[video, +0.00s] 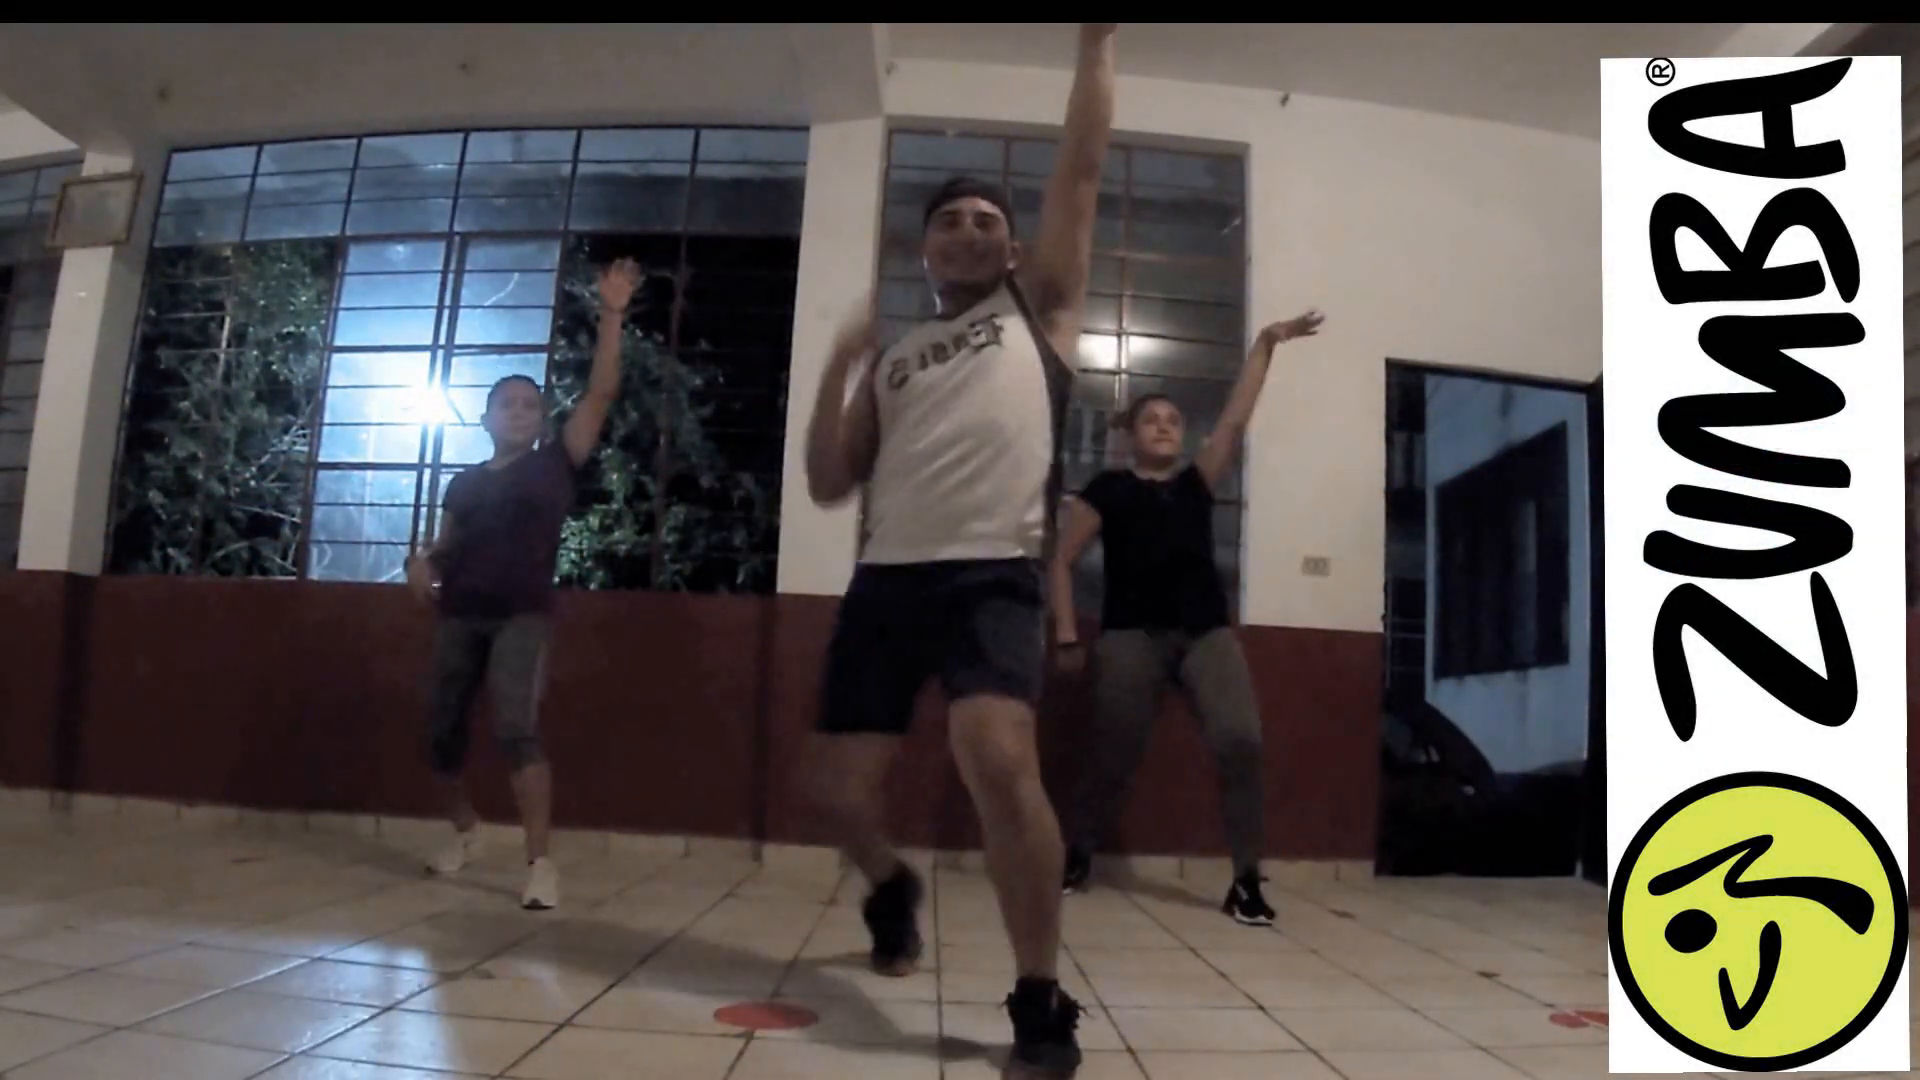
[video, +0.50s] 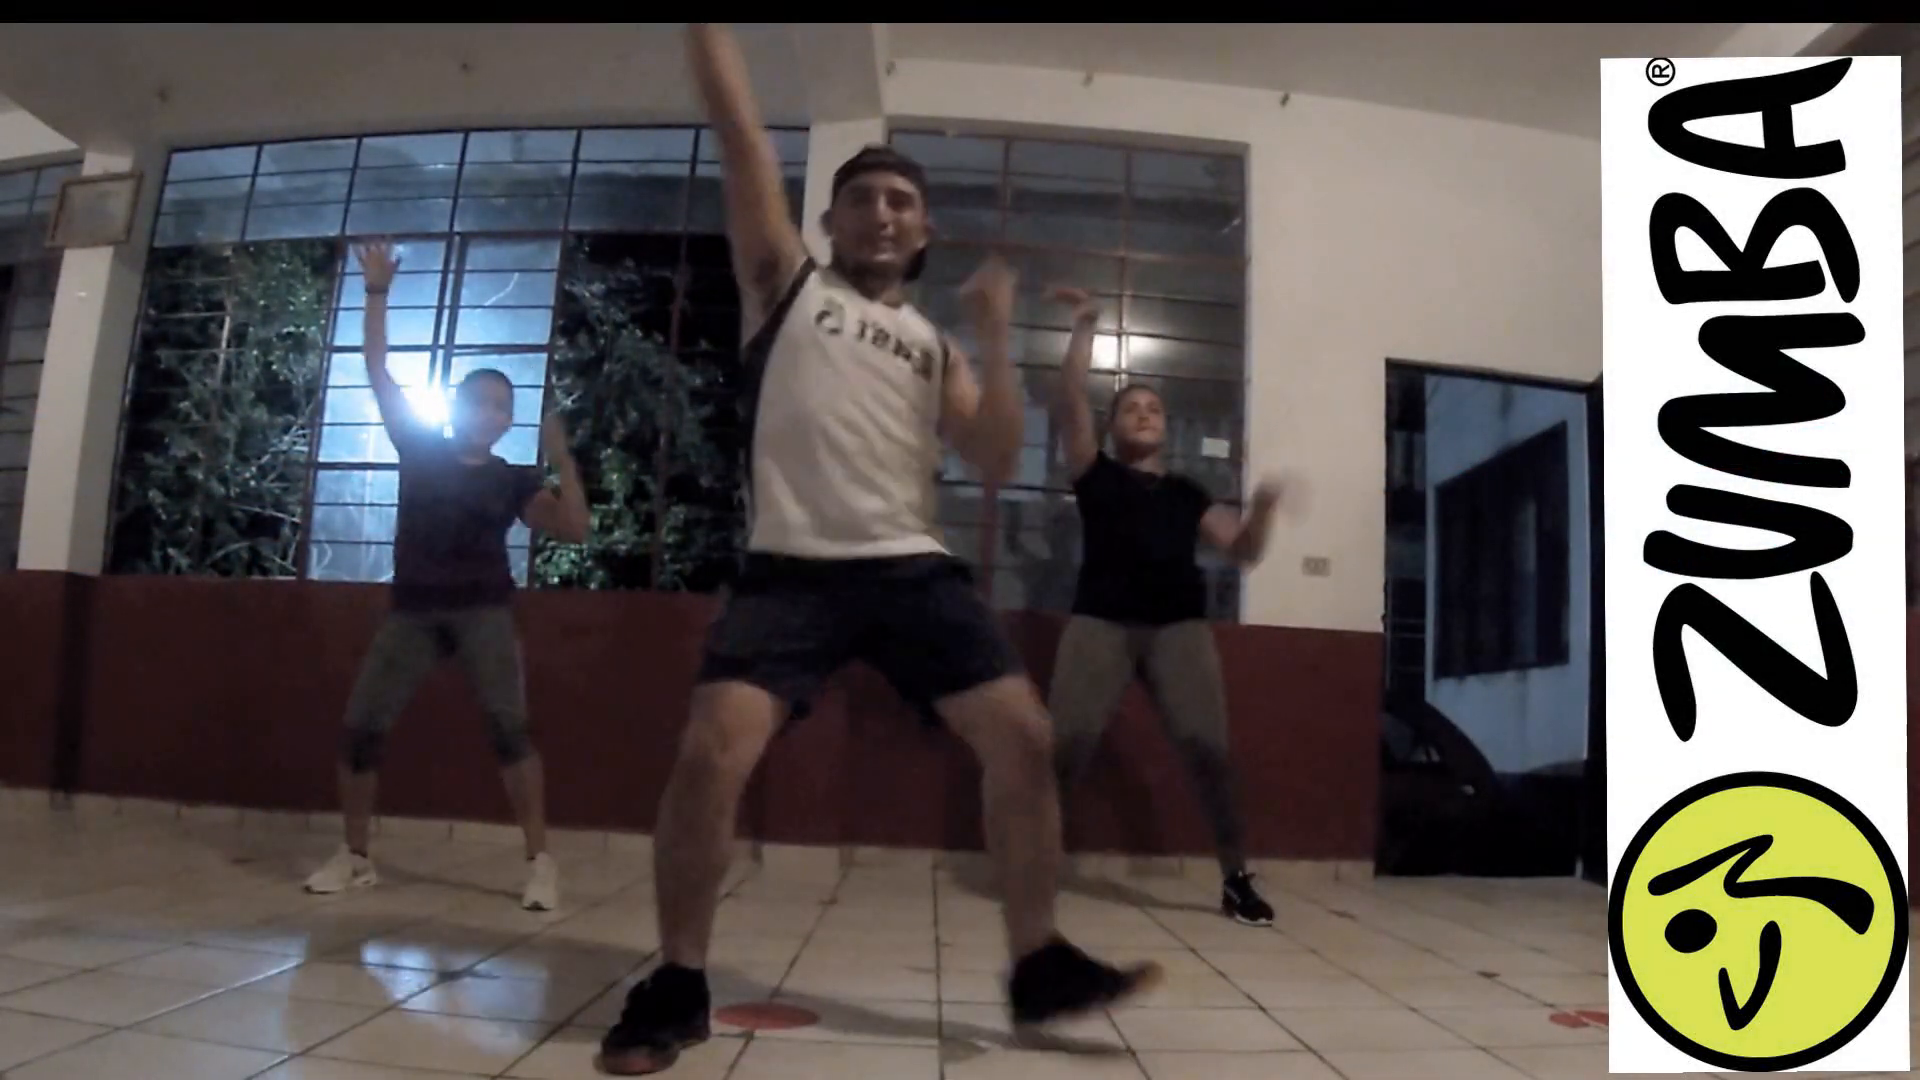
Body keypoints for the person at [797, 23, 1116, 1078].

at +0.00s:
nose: (974, 223)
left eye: (989, 218)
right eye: (954, 217)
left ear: (1015, 249)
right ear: (925, 252)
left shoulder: (1039, 308)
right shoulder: (892, 356)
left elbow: (1084, 159)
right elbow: (828, 482)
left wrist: (1095, 37)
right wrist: (841, 375)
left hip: (997, 580)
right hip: (886, 583)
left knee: (998, 758)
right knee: (834, 791)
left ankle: (1040, 996)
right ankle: (890, 883)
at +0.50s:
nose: (883, 209)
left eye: (902, 201)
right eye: (864, 198)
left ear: (921, 236)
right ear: (831, 224)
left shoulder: (932, 346)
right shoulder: (788, 283)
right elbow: (738, 132)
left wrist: (997, 331)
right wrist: (703, 20)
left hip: (914, 577)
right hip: (786, 577)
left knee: (1022, 737)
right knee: (709, 748)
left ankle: (1036, 966)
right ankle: (676, 981)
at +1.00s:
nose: (904, 265)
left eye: (920, 253)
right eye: (887, 253)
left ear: (942, 273)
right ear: (857, 271)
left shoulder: (976, 373)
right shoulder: (812, 362)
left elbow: (1050, 465)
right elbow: (746, 451)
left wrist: (1115, 502)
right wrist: (723, 479)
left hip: (936, 603)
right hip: (833, 599)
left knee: (933, 772)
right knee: (769, 741)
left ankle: (912, 918)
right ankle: (719, 937)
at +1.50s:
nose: (913, 322)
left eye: (930, 311)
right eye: (898, 310)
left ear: (953, 333)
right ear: (874, 326)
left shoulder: (981, 408)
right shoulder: (834, 400)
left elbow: (1087, 433)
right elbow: (729, 382)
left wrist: (1159, 403)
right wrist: (669, 325)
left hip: (958, 629)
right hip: (848, 636)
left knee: (1072, 704)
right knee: (787, 793)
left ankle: (1052, 883)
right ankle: (773, 916)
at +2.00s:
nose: (1132, 296)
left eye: (1147, 282)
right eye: (1117, 283)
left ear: (1173, 293)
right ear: (1097, 296)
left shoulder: (1210, 371)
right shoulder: (1068, 378)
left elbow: (1311, 408)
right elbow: (993, 397)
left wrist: (1349, 341)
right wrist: (967, 390)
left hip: (1191, 589)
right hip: (1085, 588)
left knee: (1218, 759)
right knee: (1014, 713)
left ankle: (1221, 927)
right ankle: (950, 879)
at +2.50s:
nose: (1077, 340)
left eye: (1090, 327)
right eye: (1067, 327)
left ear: (1124, 334)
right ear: (1053, 332)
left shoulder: (1155, 414)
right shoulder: (1020, 396)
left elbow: (1267, 437)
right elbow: (922, 396)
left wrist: (1364, 405)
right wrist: (820, 357)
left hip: (1114, 617)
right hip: (1004, 608)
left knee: (1176, 776)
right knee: (913, 723)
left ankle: (1197, 926)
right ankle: (841, 885)